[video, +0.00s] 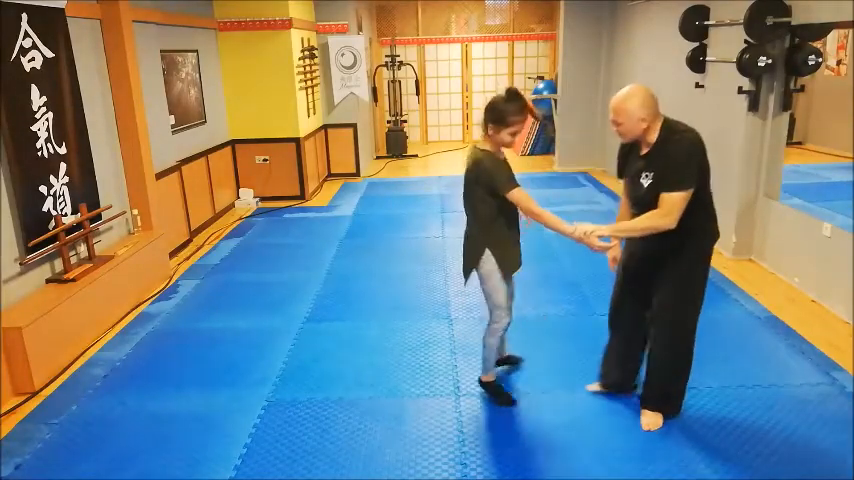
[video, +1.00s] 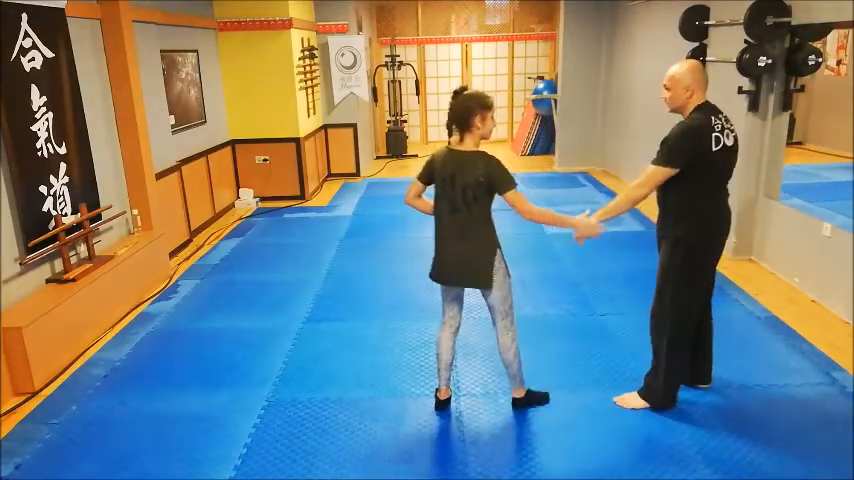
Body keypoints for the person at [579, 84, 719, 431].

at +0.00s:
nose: (615, 129)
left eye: (620, 123)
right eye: (613, 122)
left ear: (646, 120)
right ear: (633, 120)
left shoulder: (683, 145)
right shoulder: (630, 146)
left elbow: (669, 217)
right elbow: (628, 201)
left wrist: (606, 231)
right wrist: (617, 241)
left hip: (686, 244)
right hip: (645, 238)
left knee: (671, 321)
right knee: (626, 307)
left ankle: (658, 402)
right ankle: (617, 379)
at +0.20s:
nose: (631, 111)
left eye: (637, 105)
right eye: (631, 104)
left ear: (664, 106)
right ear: (651, 106)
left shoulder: (693, 141)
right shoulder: (643, 140)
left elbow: (675, 212)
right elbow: (641, 194)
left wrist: (618, 224)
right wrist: (622, 230)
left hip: (688, 244)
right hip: (652, 238)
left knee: (667, 320)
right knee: (643, 311)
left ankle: (657, 400)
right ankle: (675, 366)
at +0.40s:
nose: (646, 99)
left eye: (653, 94)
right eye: (647, 93)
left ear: (680, 99)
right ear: (670, 98)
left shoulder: (699, 140)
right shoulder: (661, 133)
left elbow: (669, 207)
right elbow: (654, 192)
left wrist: (614, 221)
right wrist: (626, 223)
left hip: (691, 238)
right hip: (661, 232)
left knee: (665, 311)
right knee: (676, 303)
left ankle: (657, 400)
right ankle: (693, 369)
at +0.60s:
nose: (658, 95)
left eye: (665, 89)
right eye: (659, 88)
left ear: (688, 95)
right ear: (685, 95)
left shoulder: (699, 137)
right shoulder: (686, 123)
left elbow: (659, 198)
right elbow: (670, 177)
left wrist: (608, 225)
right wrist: (647, 212)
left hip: (695, 237)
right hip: (677, 228)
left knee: (669, 311)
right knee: (687, 302)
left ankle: (659, 400)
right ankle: (697, 370)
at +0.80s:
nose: (664, 93)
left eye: (668, 88)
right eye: (665, 87)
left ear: (687, 92)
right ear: (695, 91)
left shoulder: (692, 135)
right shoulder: (718, 120)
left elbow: (649, 191)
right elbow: (709, 184)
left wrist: (604, 220)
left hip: (690, 234)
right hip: (711, 226)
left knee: (669, 311)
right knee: (696, 302)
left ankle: (659, 393)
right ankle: (697, 372)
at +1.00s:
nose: (663, 94)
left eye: (668, 89)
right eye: (664, 88)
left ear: (690, 91)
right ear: (695, 91)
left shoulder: (687, 132)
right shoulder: (720, 122)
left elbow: (643, 188)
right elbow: (710, 183)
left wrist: (597, 218)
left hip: (687, 232)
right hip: (711, 225)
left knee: (669, 309)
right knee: (696, 300)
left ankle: (658, 393)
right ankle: (697, 372)